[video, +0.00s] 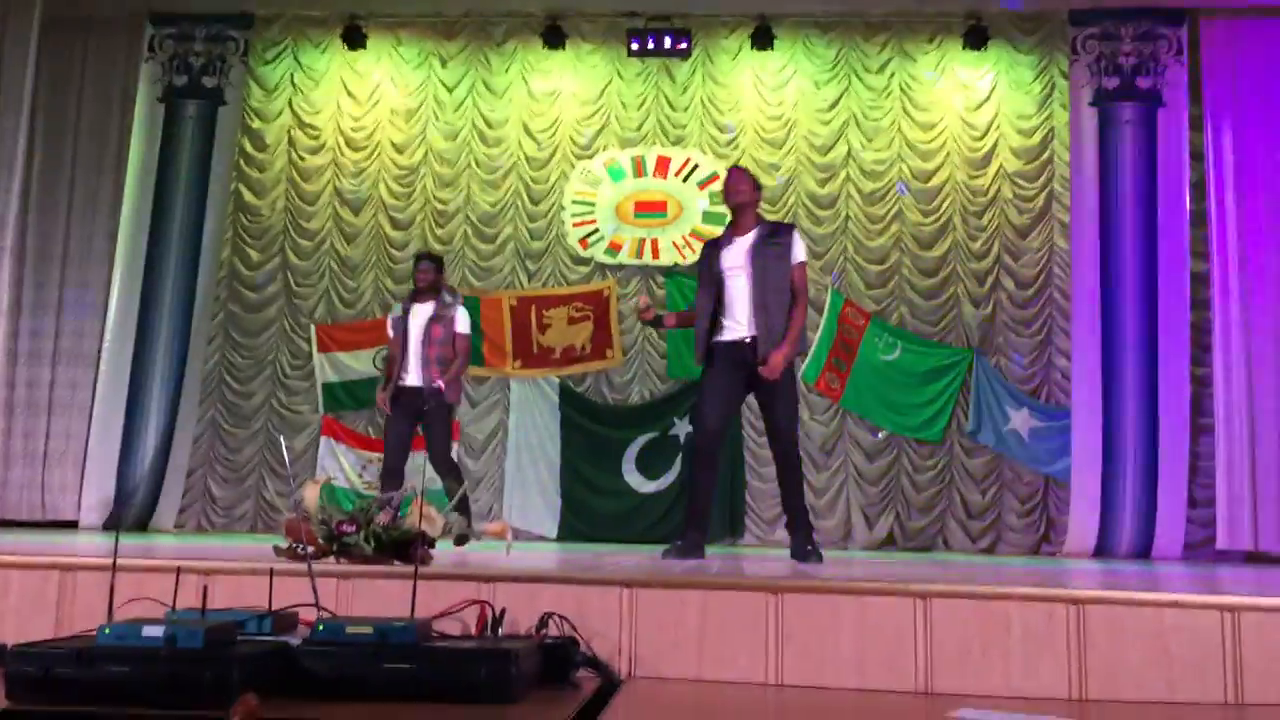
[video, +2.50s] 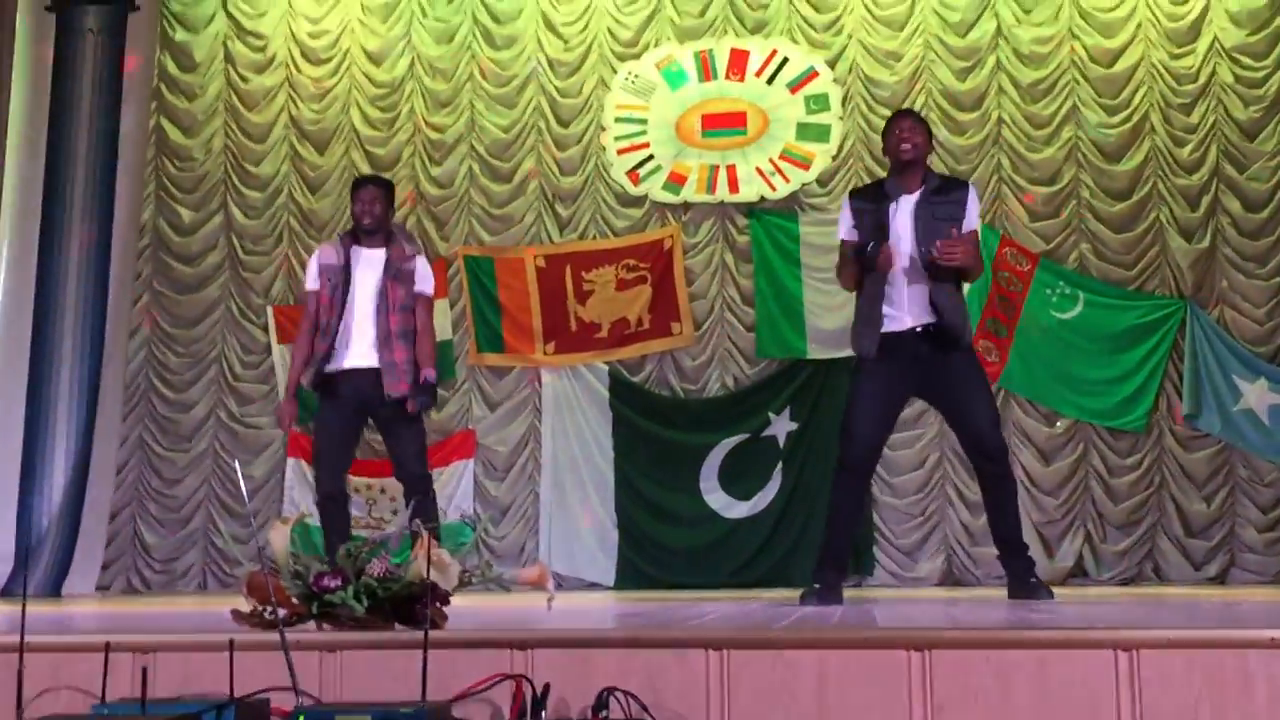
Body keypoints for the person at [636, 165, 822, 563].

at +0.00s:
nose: (733, 191)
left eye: (740, 185)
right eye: (728, 186)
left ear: (757, 194)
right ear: (723, 198)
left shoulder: (784, 236)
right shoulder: (713, 249)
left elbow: (800, 300)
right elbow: (706, 312)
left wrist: (785, 350)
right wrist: (661, 318)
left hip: (771, 355)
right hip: (724, 355)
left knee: (785, 447)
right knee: (705, 440)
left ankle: (802, 541)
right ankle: (693, 540)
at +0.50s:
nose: (782, 180)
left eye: (791, 174)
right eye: (776, 174)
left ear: (807, 185)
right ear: (765, 184)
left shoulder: (827, 235)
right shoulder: (749, 241)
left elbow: (841, 269)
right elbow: (723, 283)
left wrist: (837, 200)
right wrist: (711, 213)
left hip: (821, 371)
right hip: (759, 373)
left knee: (851, 480)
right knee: (725, 478)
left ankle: (890, 598)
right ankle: (693, 592)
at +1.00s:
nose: (692, 196)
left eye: (700, 187)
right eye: (693, 188)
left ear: (732, 191)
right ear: (715, 194)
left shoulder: (780, 240)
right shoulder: (699, 256)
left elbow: (791, 325)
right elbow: (683, 337)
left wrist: (751, 386)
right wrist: (675, 403)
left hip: (757, 388)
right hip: (700, 390)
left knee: (769, 493)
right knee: (689, 510)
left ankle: (788, 583)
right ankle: (686, 627)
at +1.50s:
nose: (788, 230)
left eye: (796, 218)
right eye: (778, 221)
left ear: (810, 215)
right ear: (765, 223)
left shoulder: (848, 257)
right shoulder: (754, 272)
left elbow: (870, 328)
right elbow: (754, 343)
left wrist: (850, 388)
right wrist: (746, 399)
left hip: (834, 399)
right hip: (774, 402)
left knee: (877, 493)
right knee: (752, 503)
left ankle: (865, 599)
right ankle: (754, 620)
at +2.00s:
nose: (912, 155)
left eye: (920, 145)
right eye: (902, 146)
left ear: (930, 146)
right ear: (885, 148)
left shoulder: (956, 190)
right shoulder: (862, 200)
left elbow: (966, 260)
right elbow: (856, 272)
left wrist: (981, 306)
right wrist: (857, 331)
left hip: (951, 334)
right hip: (891, 339)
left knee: (980, 444)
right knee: (892, 448)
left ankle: (1012, 561)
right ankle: (911, 553)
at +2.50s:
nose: (904, 139)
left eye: (913, 133)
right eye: (896, 134)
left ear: (929, 146)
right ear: (883, 149)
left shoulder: (959, 194)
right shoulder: (860, 200)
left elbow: (972, 268)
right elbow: (847, 278)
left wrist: (966, 260)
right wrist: (870, 261)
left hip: (944, 346)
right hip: (883, 350)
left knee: (990, 451)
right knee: (855, 460)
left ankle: (1020, 576)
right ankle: (828, 584)